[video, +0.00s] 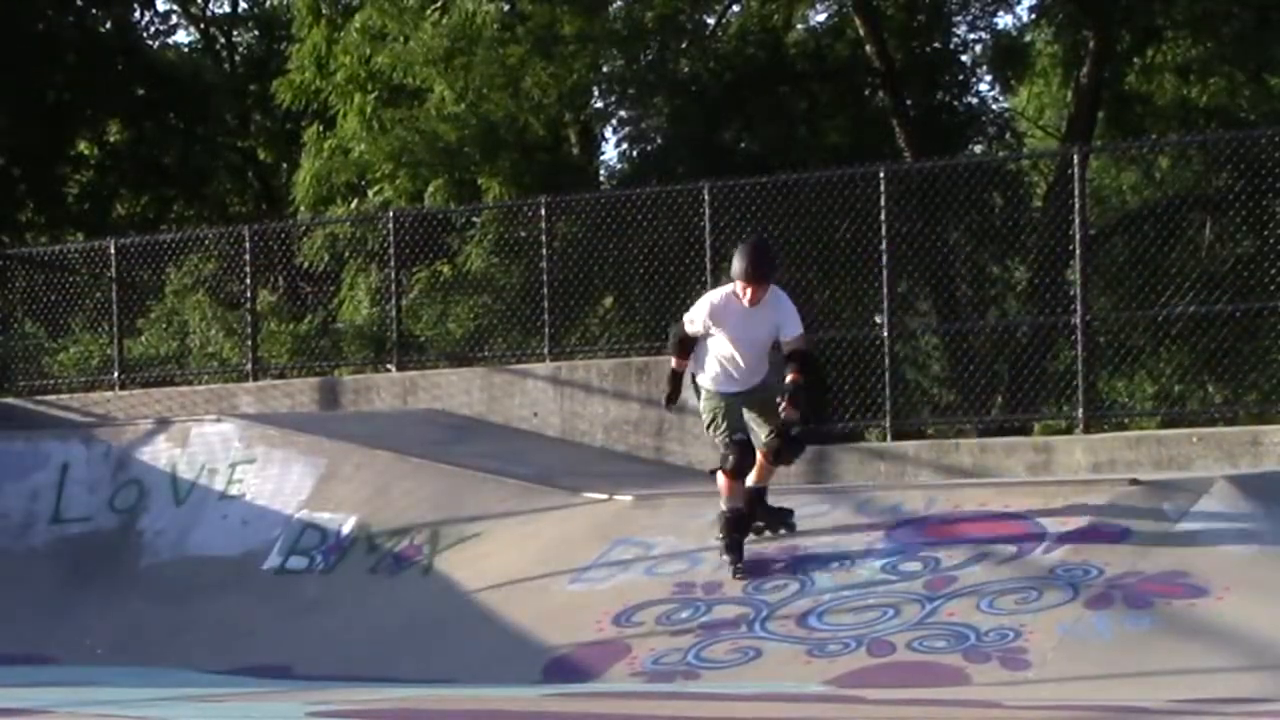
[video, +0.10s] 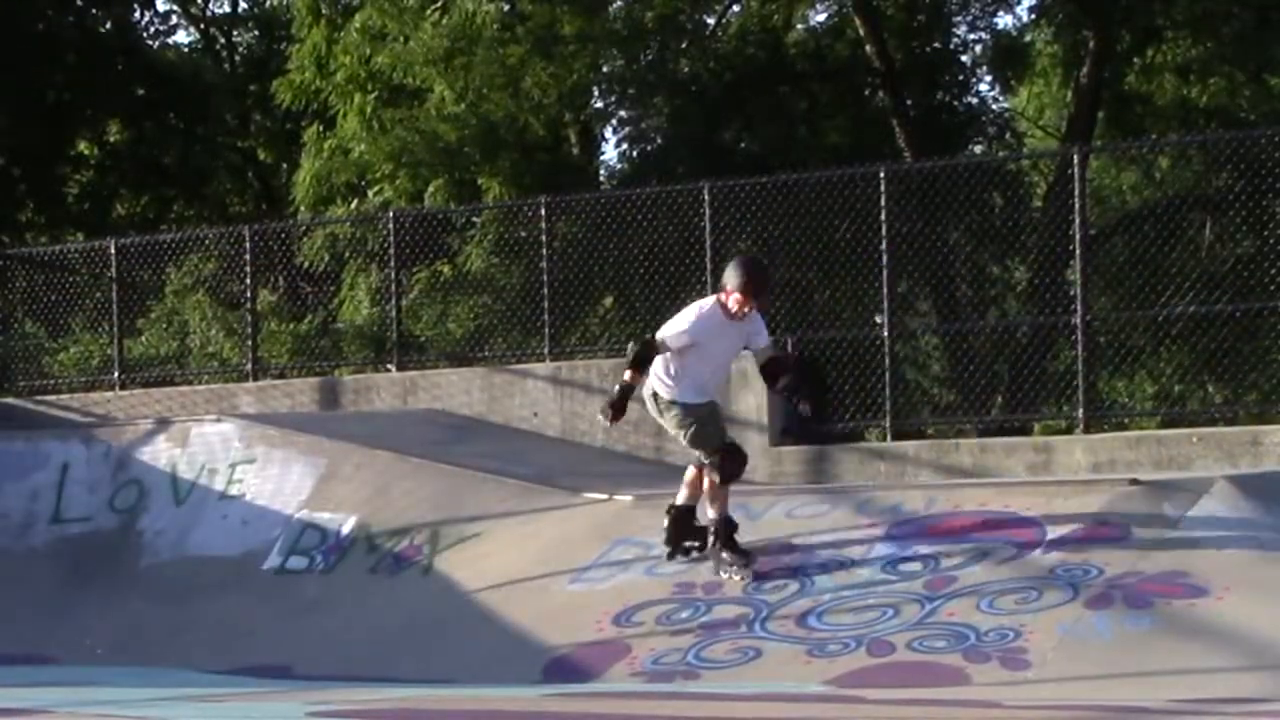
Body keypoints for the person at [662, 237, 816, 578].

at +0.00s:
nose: (750, 293)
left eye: (757, 286)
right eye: (744, 285)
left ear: (769, 280)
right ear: (734, 278)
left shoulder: (780, 305)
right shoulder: (714, 303)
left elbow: (796, 351)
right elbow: (684, 338)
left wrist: (793, 392)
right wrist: (675, 381)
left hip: (759, 386)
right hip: (716, 389)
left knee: (777, 445)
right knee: (735, 458)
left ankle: (753, 500)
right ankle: (733, 538)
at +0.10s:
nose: (746, 305)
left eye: (752, 299)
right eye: (741, 297)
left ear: (759, 298)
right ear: (725, 290)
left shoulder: (751, 320)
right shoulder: (699, 317)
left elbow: (770, 367)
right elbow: (647, 349)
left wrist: (791, 388)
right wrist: (621, 394)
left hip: (701, 395)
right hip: (670, 395)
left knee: (708, 457)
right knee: (725, 460)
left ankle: (680, 523)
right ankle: (721, 541)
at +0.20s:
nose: (735, 319)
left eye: (738, 313)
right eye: (731, 311)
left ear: (720, 308)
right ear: (710, 304)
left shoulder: (716, 335)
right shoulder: (679, 329)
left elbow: (742, 368)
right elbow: (632, 362)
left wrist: (777, 382)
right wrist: (611, 403)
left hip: (645, 415)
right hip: (642, 414)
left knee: (662, 477)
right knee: (701, 462)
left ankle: (623, 541)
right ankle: (709, 548)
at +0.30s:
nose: (694, 334)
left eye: (696, 328)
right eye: (690, 326)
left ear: (678, 324)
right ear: (670, 320)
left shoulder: (667, 353)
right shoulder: (646, 341)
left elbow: (699, 373)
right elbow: (629, 373)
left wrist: (744, 378)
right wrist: (644, 399)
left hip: (570, 427)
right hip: (597, 428)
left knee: (604, 503)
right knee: (661, 473)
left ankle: (562, 566)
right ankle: (667, 554)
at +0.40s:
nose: (653, 354)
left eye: (656, 348)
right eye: (651, 347)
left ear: (624, 337)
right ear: (631, 339)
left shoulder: (598, 352)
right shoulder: (612, 356)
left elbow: (643, 374)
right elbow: (628, 386)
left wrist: (674, 377)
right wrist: (672, 387)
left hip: (524, 442)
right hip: (557, 446)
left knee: (554, 525)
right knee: (615, 490)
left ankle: (510, 588)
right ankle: (620, 568)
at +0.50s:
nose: (599, 372)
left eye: (600, 367)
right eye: (598, 365)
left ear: (563, 353)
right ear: (585, 358)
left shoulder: (537, 372)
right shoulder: (567, 378)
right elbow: (610, 387)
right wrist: (661, 375)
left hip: (471, 462)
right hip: (504, 465)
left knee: (491, 552)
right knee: (556, 517)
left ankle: (446, 619)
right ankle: (555, 596)